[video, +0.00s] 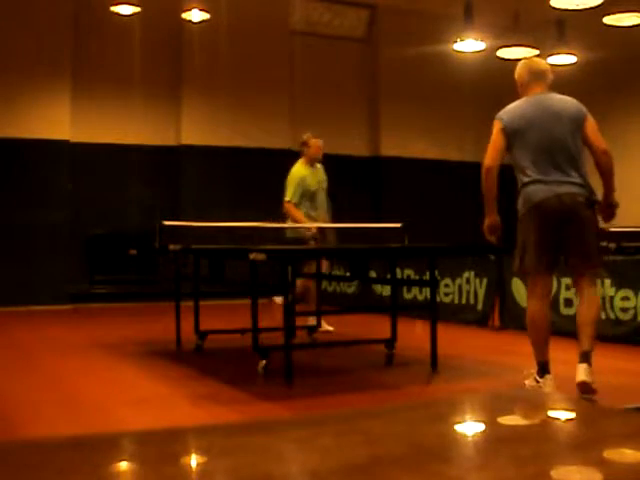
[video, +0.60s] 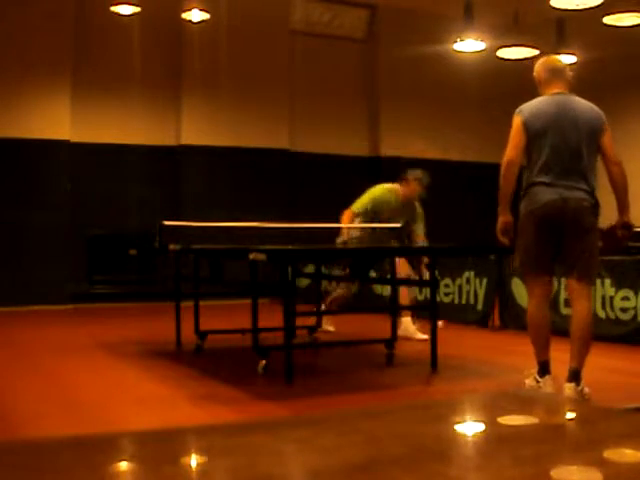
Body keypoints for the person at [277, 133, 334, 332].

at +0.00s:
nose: (320, 152)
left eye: (320, 148)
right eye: (316, 148)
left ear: (319, 150)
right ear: (306, 149)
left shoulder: (319, 168)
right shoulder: (297, 172)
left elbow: (320, 198)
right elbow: (288, 204)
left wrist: (325, 221)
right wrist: (307, 224)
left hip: (319, 227)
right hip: (301, 229)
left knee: (314, 271)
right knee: (311, 271)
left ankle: (286, 297)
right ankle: (313, 315)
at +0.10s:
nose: (330, 151)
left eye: (331, 147)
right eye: (327, 147)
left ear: (331, 149)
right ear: (316, 147)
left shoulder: (332, 169)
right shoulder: (305, 171)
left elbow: (335, 196)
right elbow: (294, 201)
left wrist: (341, 220)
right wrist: (314, 221)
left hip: (328, 229)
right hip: (308, 230)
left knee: (327, 271)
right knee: (311, 273)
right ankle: (312, 314)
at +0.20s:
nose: (343, 153)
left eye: (344, 148)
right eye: (339, 148)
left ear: (344, 149)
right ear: (328, 147)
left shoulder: (345, 171)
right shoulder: (315, 170)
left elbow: (353, 201)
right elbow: (303, 200)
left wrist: (358, 227)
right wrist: (319, 220)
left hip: (341, 231)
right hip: (318, 232)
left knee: (348, 270)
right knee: (317, 273)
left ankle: (351, 310)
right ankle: (314, 315)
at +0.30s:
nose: (358, 157)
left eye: (359, 153)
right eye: (355, 152)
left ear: (359, 154)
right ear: (343, 151)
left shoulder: (360, 175)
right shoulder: (328, 172)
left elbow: (369, 204)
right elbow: (312, 201)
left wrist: (375, 229)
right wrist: (325, 223)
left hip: (351, 232)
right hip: (328, 232)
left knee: (364, 270)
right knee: (323, 274)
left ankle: (376, 312)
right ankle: (316, 316)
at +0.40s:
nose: (375, 166)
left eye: (377, 163)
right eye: (373, 161)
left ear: (378, 163)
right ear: (362, 158)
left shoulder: (377, 183)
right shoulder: (343, 177)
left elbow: (386, 211)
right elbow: (325, 203)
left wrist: (392, 233)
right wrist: (330, 226)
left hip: (363, 240)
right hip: (339, 238)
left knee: (377, 274)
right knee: (331, 279)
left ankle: (395, 315)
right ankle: (320, 317)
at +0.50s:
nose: (396, 180)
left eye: (398, 176)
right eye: (394, 175)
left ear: (398, 176)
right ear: (383, 169)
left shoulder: (396, 194)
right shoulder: (362, 185)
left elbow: (406, 226)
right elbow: (338, 211)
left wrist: (409, 253)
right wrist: (340, 239)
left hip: (376, 247)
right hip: (351, 246)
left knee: (397, 279)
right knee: (340, 282)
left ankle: (403, 322)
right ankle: (318, 318)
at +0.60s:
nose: (419, 191)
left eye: (421, 187)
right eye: (417, 186)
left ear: (421, 188)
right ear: (407, 182)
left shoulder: (414, 208)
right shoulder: (382, 192)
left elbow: (419, 238)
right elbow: (349, 214)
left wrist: (422, 259)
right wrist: (346, 235)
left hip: (386, 246)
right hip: (360, 243)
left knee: (404, 276)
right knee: (350, 286)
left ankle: (405, 322)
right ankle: (322, 313)